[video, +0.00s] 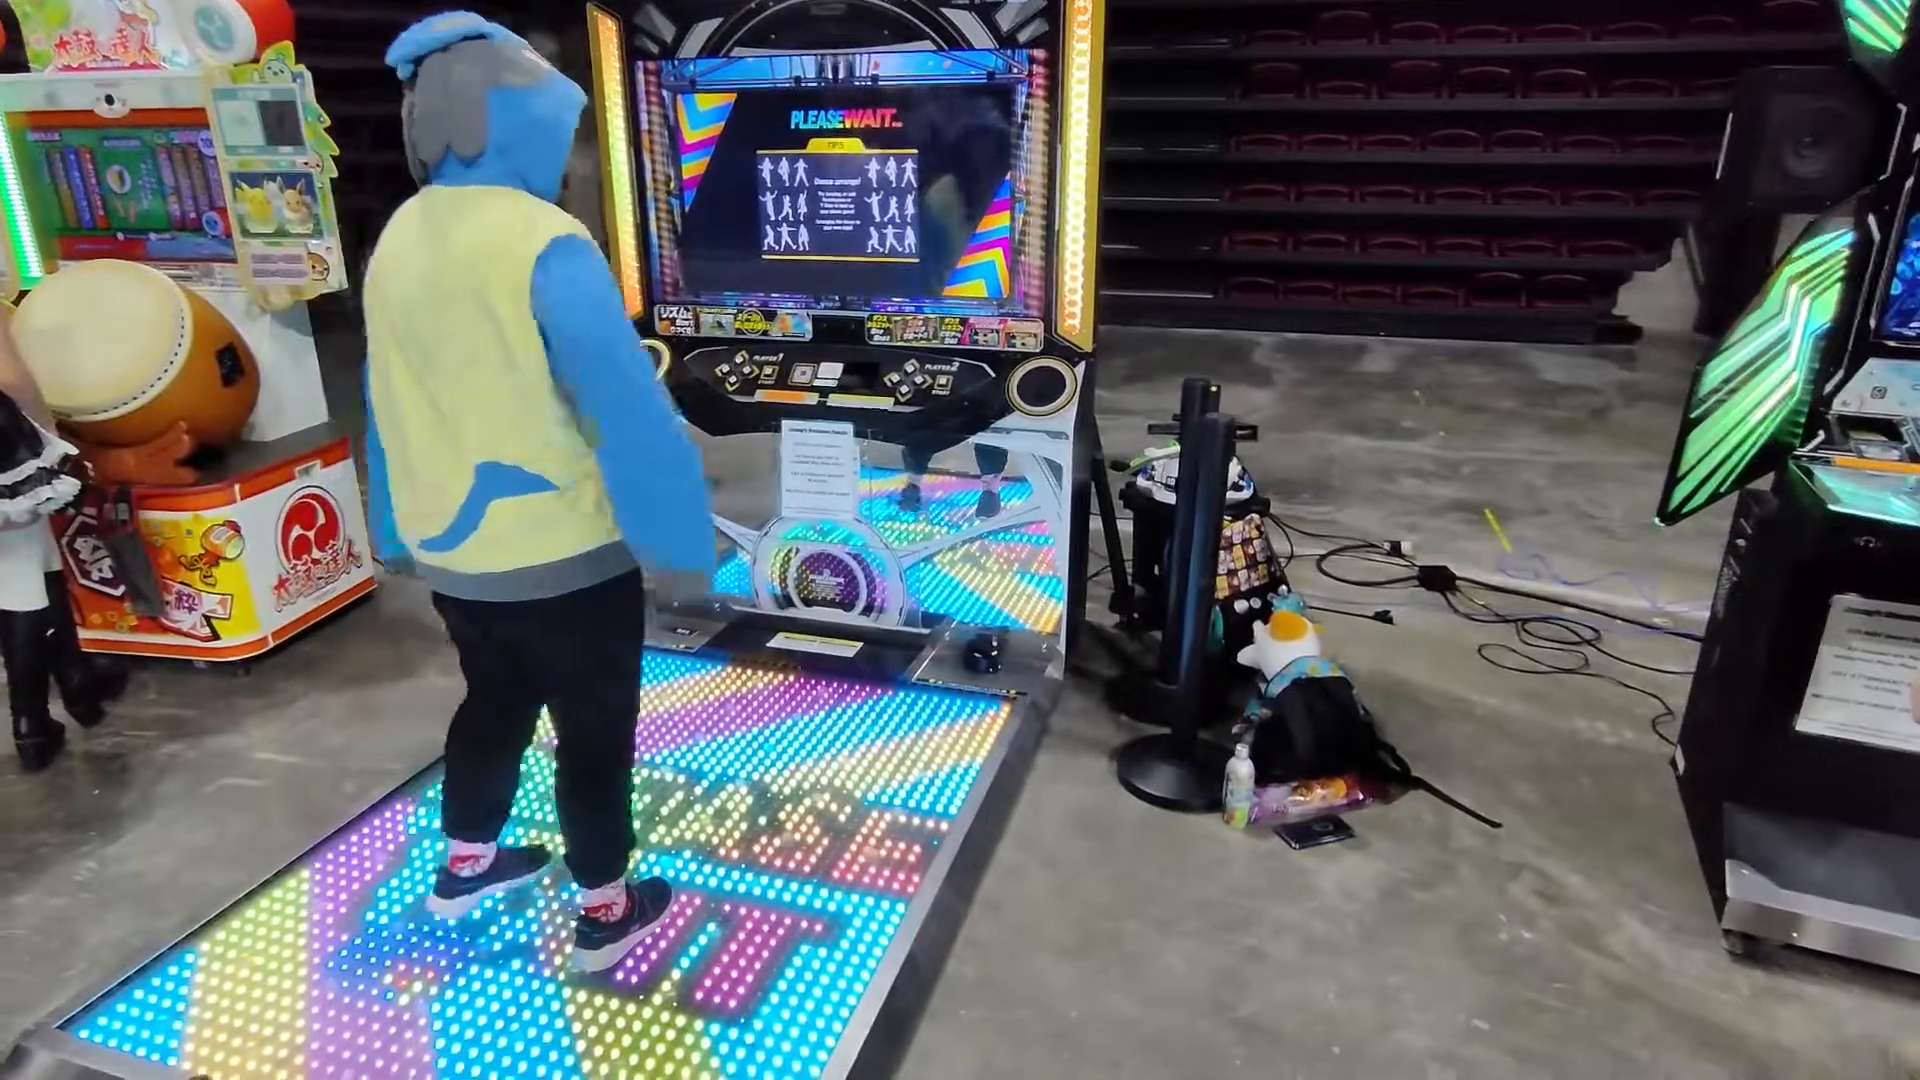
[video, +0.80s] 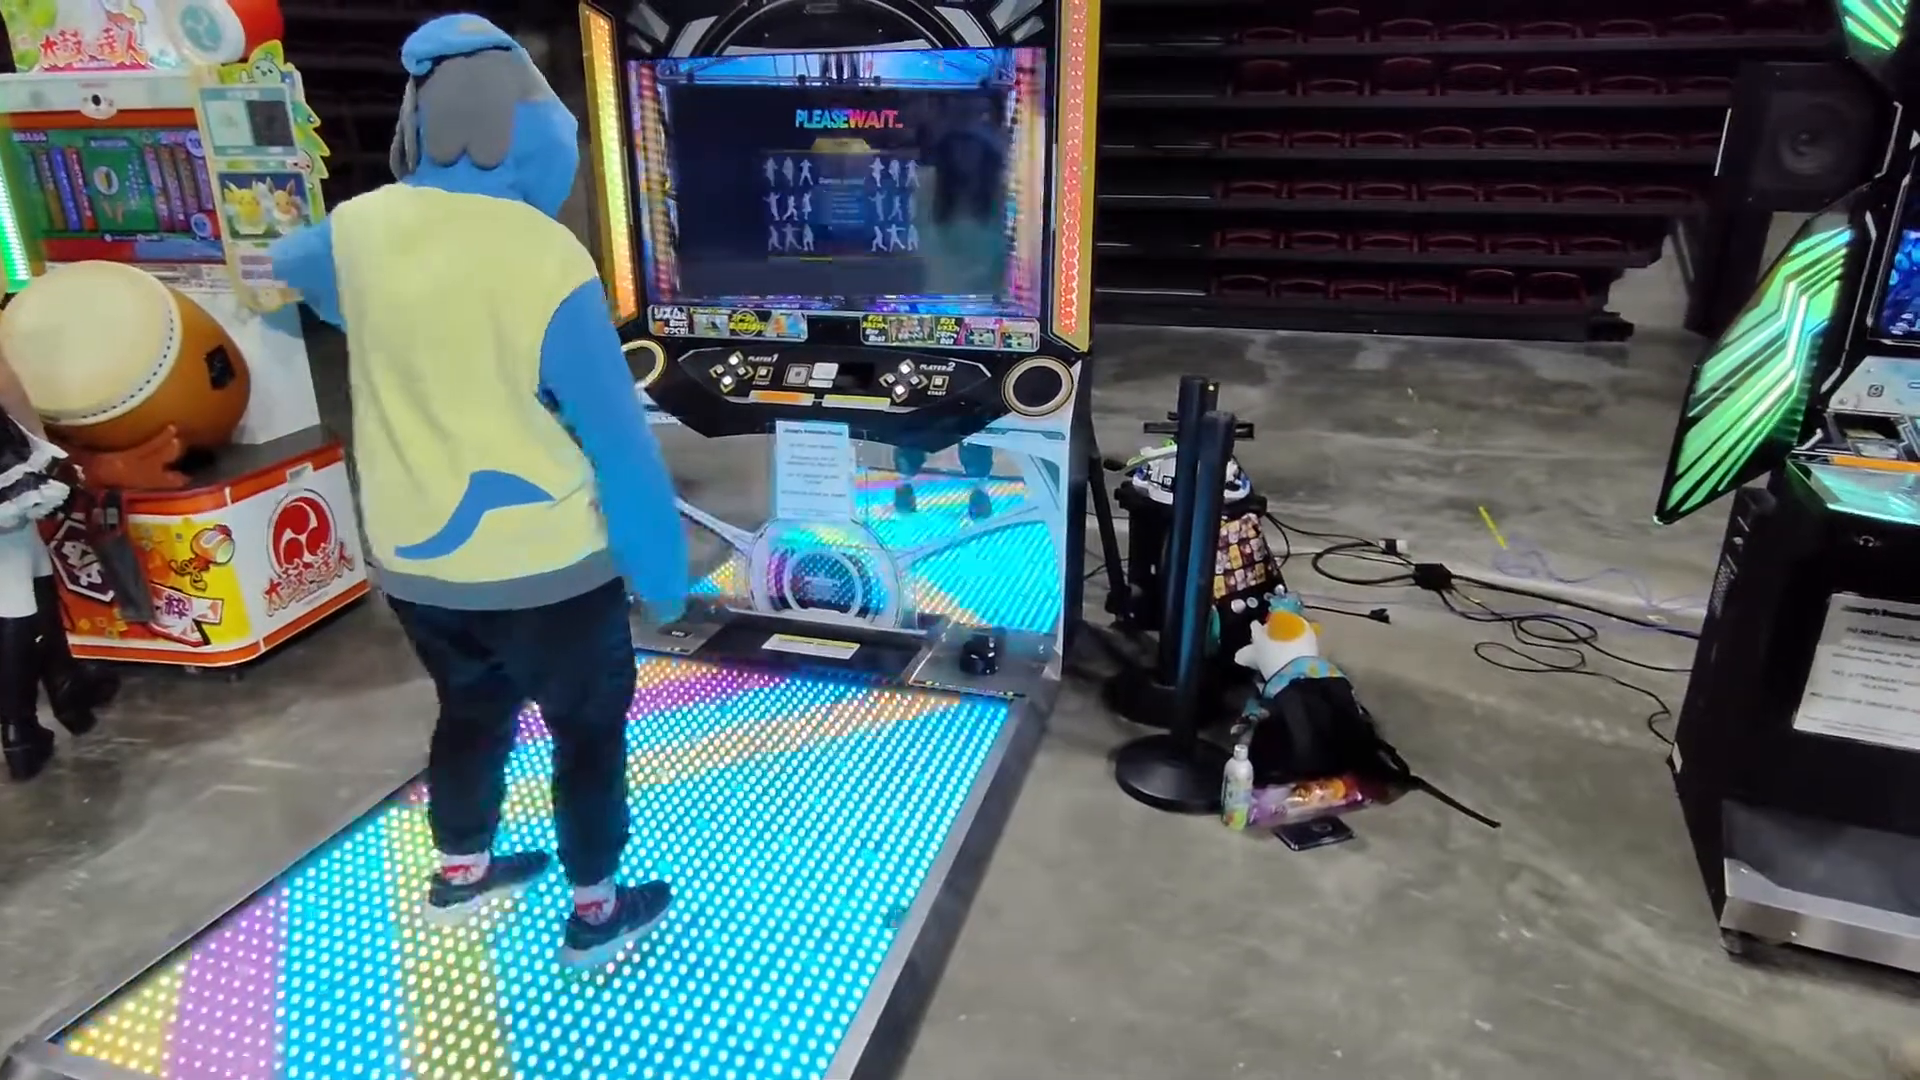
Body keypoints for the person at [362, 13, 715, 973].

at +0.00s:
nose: (554, 132)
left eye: (548, 113)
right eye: (539, 114)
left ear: (442, 129)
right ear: (500, 123)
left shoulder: (398, 239)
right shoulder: (546, 243)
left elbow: (387, 399)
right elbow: (625, 401)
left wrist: (398, 526)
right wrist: (681, 536)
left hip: (455, 555)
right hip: (567, 557)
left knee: (497, 693)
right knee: (596, 727)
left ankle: (466, 856)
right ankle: (603, 904)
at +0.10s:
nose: (559, 128)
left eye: (554, 109)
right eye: (544, 109)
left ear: (439, 125)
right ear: (500, 116)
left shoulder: (393, 241)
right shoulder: (548, 236)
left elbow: (416, 382)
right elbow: (670, 362)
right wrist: (737, 479)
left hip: (448, 558)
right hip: (564, 554)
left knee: (506, 692)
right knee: (600, 722)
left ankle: (474, 853)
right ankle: (605, 904)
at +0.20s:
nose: (559, 145)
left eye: (557, 127)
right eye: (547, 126)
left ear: (438, 131)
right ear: (503, 122)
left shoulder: (388, 238)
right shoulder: (551, 237)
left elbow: (395, 384)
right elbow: (693, 342)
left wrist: (564, 395)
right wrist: (812, 421)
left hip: (436, 554)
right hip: (555, 556)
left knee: (496, 686)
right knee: (604, 715)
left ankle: (472, 851)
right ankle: (603, 897)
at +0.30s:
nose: (556, 133)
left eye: (551, 115)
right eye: (544, 115)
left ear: (433, 126)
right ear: (506, 118)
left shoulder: (369, 244)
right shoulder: (552, 237)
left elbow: (344, 401)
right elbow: (702, 340)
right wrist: (880, 396)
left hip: (413, 554)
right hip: (545, 553)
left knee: (472, 683)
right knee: (614, 693)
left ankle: (468, 847)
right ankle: (591, 880)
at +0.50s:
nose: (558, 140)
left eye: (545, 120)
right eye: (544, 121)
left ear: (429, 134)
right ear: (522, 130)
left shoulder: (348, 242)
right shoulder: (564, 261)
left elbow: (285, 363)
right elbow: (670, 391)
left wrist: (291, 435)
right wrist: (835, 445)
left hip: (398, 559)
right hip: (541, 561)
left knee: (445, 709)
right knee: (617, 687)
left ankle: (459, 864)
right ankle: (579, 870)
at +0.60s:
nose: (560, 145)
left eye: (547, 123)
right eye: (549, 125)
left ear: (427, 127)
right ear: (531, 131)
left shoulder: (346, 233)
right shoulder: (560, 262)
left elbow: (278, 339)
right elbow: (667, 424)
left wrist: (269, 361)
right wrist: (783, 516)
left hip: (408, 560)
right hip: (550, 562)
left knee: (452, 708)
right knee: (608, 698)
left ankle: (459, 855)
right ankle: (582, 879)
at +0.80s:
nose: (556, 156)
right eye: (545, 133)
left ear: (426, 134)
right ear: (524, 138)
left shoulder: (363, 227)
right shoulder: (547, 262)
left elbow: (289, 267)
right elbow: (621, 441)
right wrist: (663, 579)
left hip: (419, 572)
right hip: (545, 575)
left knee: (472, 702)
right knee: (587, 726)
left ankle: (461, 859)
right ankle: (594, 899)